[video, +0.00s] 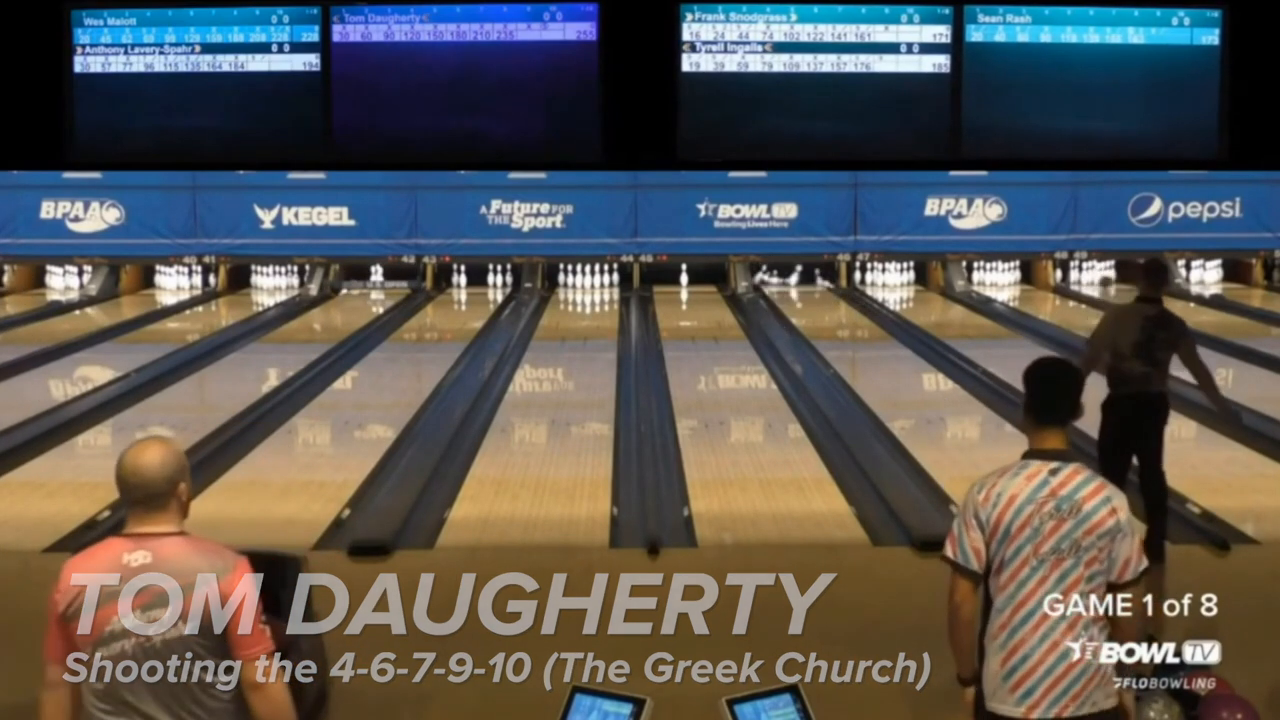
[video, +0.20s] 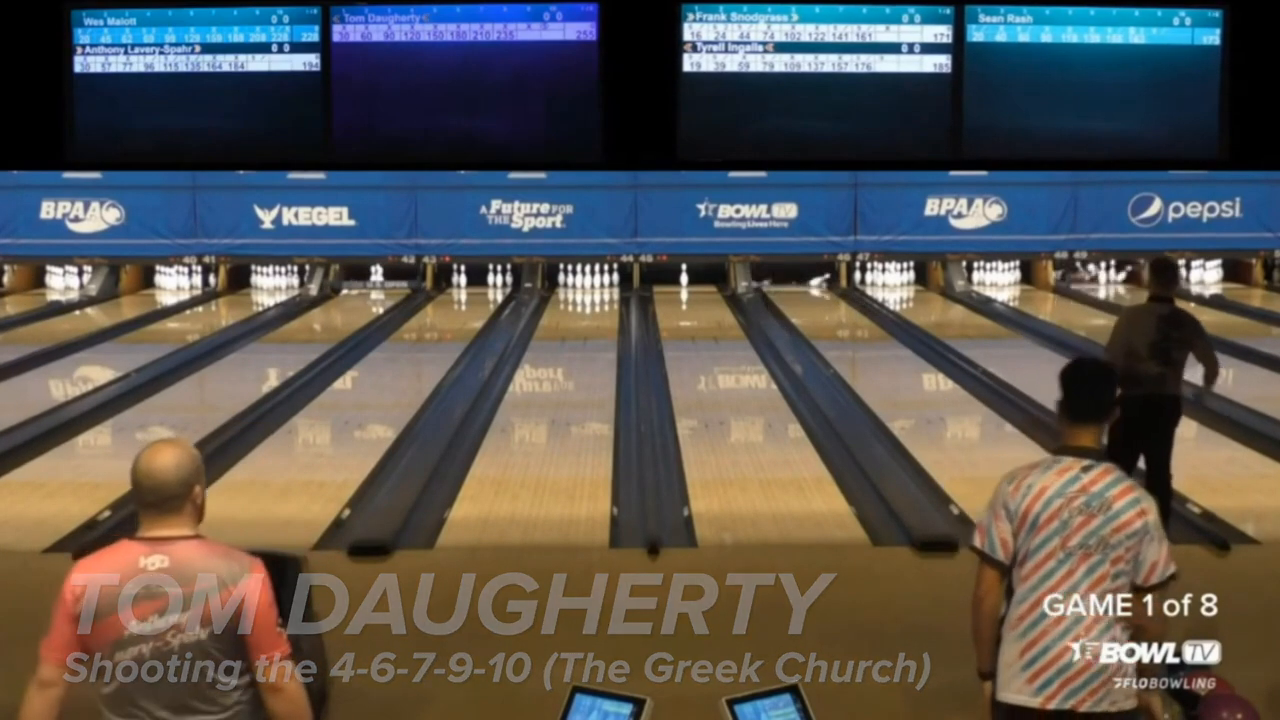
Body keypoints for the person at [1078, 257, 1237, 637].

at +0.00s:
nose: (1144, 284)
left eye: (1142, 278)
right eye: (1154, 279)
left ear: (1139, 281)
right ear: (1166, 284)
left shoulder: (1117, 317)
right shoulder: (1173, 324)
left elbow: (1088, 360)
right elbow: (1197, 368)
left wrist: (1071, 393)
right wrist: (1218, 401)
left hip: (1119, 407)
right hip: (1155, 407)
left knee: (1111, 475)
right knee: (1152, 474)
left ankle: (1108, 540)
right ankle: (1155, 545)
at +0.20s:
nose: (1159, 285)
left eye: (1153, 279)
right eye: (1168, 280)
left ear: (1149, 282)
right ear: (1176, 283)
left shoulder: (1130, 316)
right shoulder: (1186, 321)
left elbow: (1111, 357)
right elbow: (1211, 364)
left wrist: (1109, 392)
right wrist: (1205, 389)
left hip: (1132, 402)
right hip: (1168, 404)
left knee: (1119, 464)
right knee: (1159, 471)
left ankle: (1108, 524)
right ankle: (1158, 533)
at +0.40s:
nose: (1150, 284)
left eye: (1153, 279)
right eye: (1152, 279)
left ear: (1158, 283)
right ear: (1180, 283)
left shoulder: (1148, 319)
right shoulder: (1191, 319)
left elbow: (1136, 358)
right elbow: (1208, 357)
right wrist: (1177, 361)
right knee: (1158, 460)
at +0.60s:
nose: (1158, 280)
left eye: (1165, 277)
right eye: (1161, 276)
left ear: (1176, 285)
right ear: (1188, 287)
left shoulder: (1170, 323)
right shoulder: (1189, 319)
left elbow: (1156, 357)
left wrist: (1144, 350)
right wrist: (1151, 350)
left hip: (1165, 405)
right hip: (1182, 403)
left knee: (1156, 468)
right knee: (1169, 469)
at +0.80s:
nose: (1189, 294)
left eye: (1197, 289)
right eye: (1187, 287)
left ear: (1209, 294)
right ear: (1182, 288)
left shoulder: (1220, 331)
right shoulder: (1165, 325)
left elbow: (1233, 377)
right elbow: (1152, 361)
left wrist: (1212, 415)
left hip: (1205, 417)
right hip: (1170, 413)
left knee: (1195, 480)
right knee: (1164, 473)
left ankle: (1201, 533)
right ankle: (1165, 528)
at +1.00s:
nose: (1204, 296)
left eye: (1212, 290)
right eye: (1200, 288)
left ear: (1220, 294)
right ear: (1191, 291)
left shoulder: (1234, 332)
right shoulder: (1172, 327)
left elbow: (1249, 376)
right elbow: (1152, 360)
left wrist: (1236, 418)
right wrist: (1169, 376)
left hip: (1217, 419)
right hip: (1179, 416)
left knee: (1204, 484)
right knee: (1168, 477)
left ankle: (1206, 538)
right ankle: (1163, 531)